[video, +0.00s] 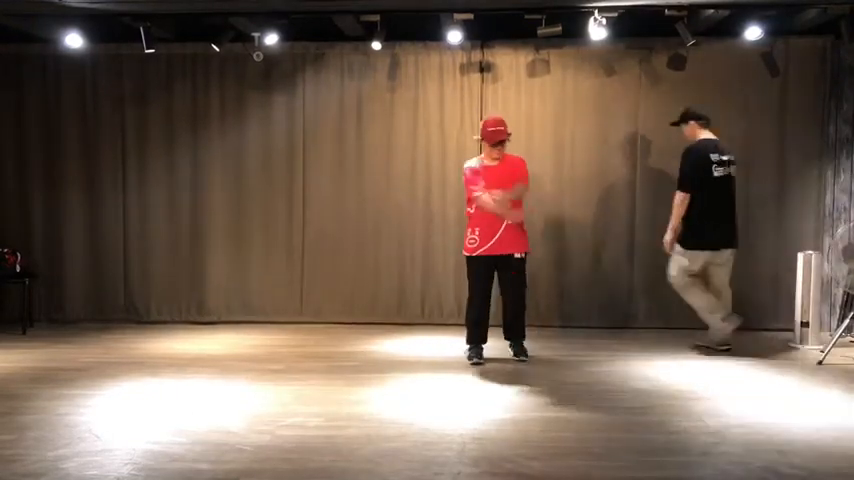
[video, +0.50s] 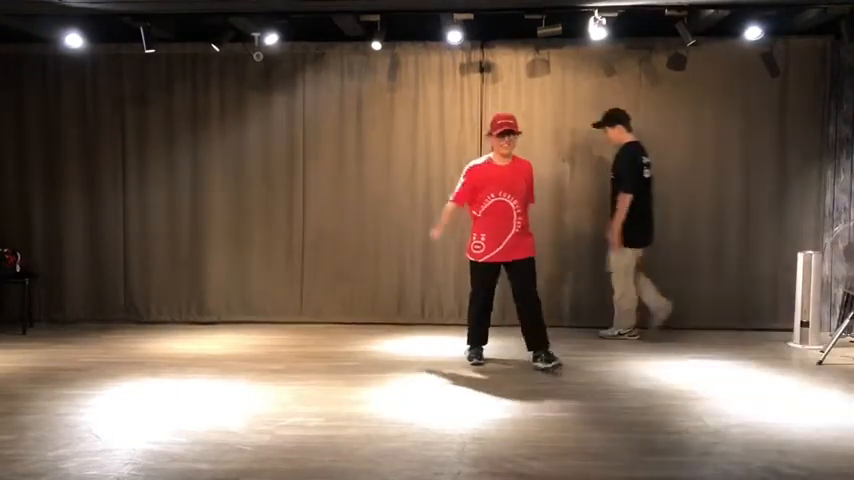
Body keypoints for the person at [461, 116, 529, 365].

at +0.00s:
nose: (499, 150)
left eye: (502, 144)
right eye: (494, 145)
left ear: (507, 141)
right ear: (483, 142)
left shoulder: (517, 164)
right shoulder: (472, 168)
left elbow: (520, 190)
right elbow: (480, 199)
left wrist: (497, 197)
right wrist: (509, 211)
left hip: (512, 243)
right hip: (480, 245)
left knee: (515, 297)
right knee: (478, 297)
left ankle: (517, 341)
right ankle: (475, 345)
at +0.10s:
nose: (495, 147)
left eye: (499, 141)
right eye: (490, 143)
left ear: (503, 140)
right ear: (479, 142)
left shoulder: (514, 166)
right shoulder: (467, 170)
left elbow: (530, 195)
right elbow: (457, 206)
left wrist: (548, 218)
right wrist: (460, 232)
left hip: (509, 245)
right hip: (477, 247)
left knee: (517, 292)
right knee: (476, 298)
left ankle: (513, 337)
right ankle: (475, 346)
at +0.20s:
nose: (494, 142)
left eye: (497, 137)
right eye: (488, 138)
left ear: (502, 138)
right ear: (478, 141)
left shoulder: (515, 166)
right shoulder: (466, 170)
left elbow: (536, 197)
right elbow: (444, 200)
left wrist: (553, 219)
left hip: (510, 244)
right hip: (476, 246)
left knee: (520, 292)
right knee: (476, 298)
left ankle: (518, 340)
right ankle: (475, 346)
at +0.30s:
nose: (495, 139)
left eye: (499, 134)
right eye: (490, 136)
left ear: (504, 136)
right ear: (479, 139)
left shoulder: (517, 165)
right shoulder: (466, 168)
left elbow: (529, 193)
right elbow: (440, 190)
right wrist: (417, 209)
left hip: (510, 243)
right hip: (477, 246)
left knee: (522, 295)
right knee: (477, 298)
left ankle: (534, 344)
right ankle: (475, 347)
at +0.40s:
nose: (501, 139)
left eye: (504, 134)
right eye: (495, 135)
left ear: (509, 137)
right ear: (484, 139)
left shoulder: (519, 165)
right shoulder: (470, 168)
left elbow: (523, 198)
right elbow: (445, 191)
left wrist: (513, 223)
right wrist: (422, 212)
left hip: (513, 244)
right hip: (479, 246)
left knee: (524, 296)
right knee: (478, 299)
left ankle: (542, 345)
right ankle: (475, 347)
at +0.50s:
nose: (507, 140)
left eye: (511, 136)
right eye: (502, 136)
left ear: (517, 139)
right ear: (492, 138)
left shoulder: (524, 168)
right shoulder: (475, 169)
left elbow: (527, 204)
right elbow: (454, 201)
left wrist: (520, 232)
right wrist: (440, 226)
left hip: (518, 246)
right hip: (484, 247)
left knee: (528, 298)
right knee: (481, 298)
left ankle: (540, 350)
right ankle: (475, 347)